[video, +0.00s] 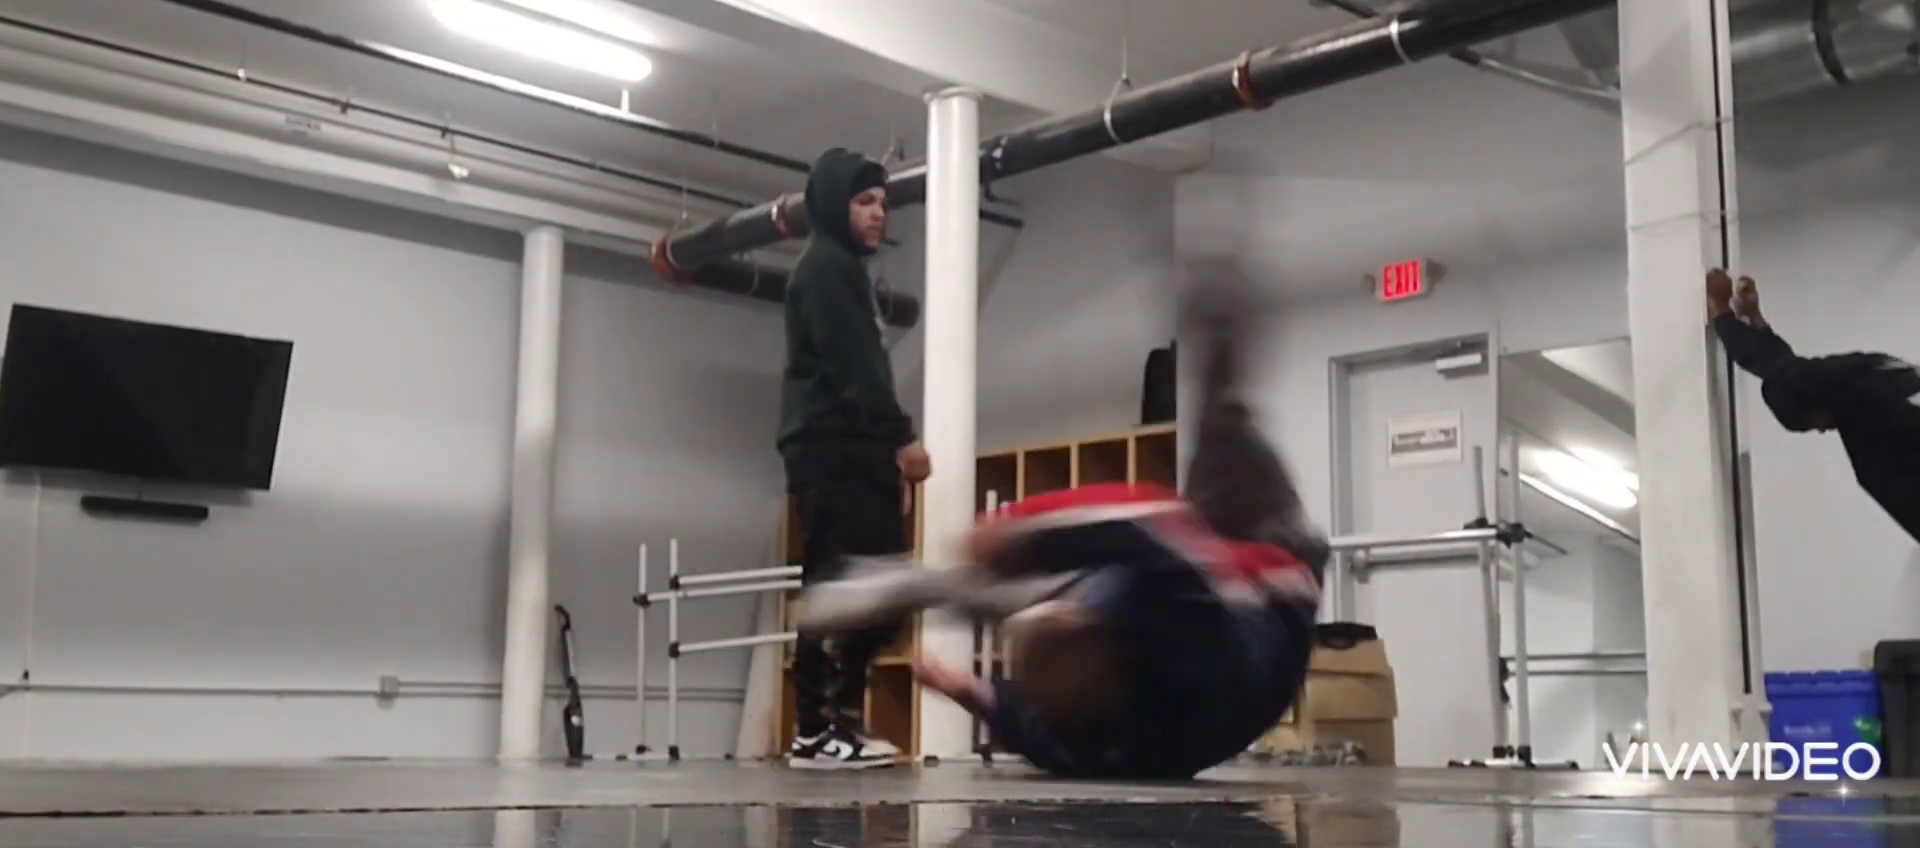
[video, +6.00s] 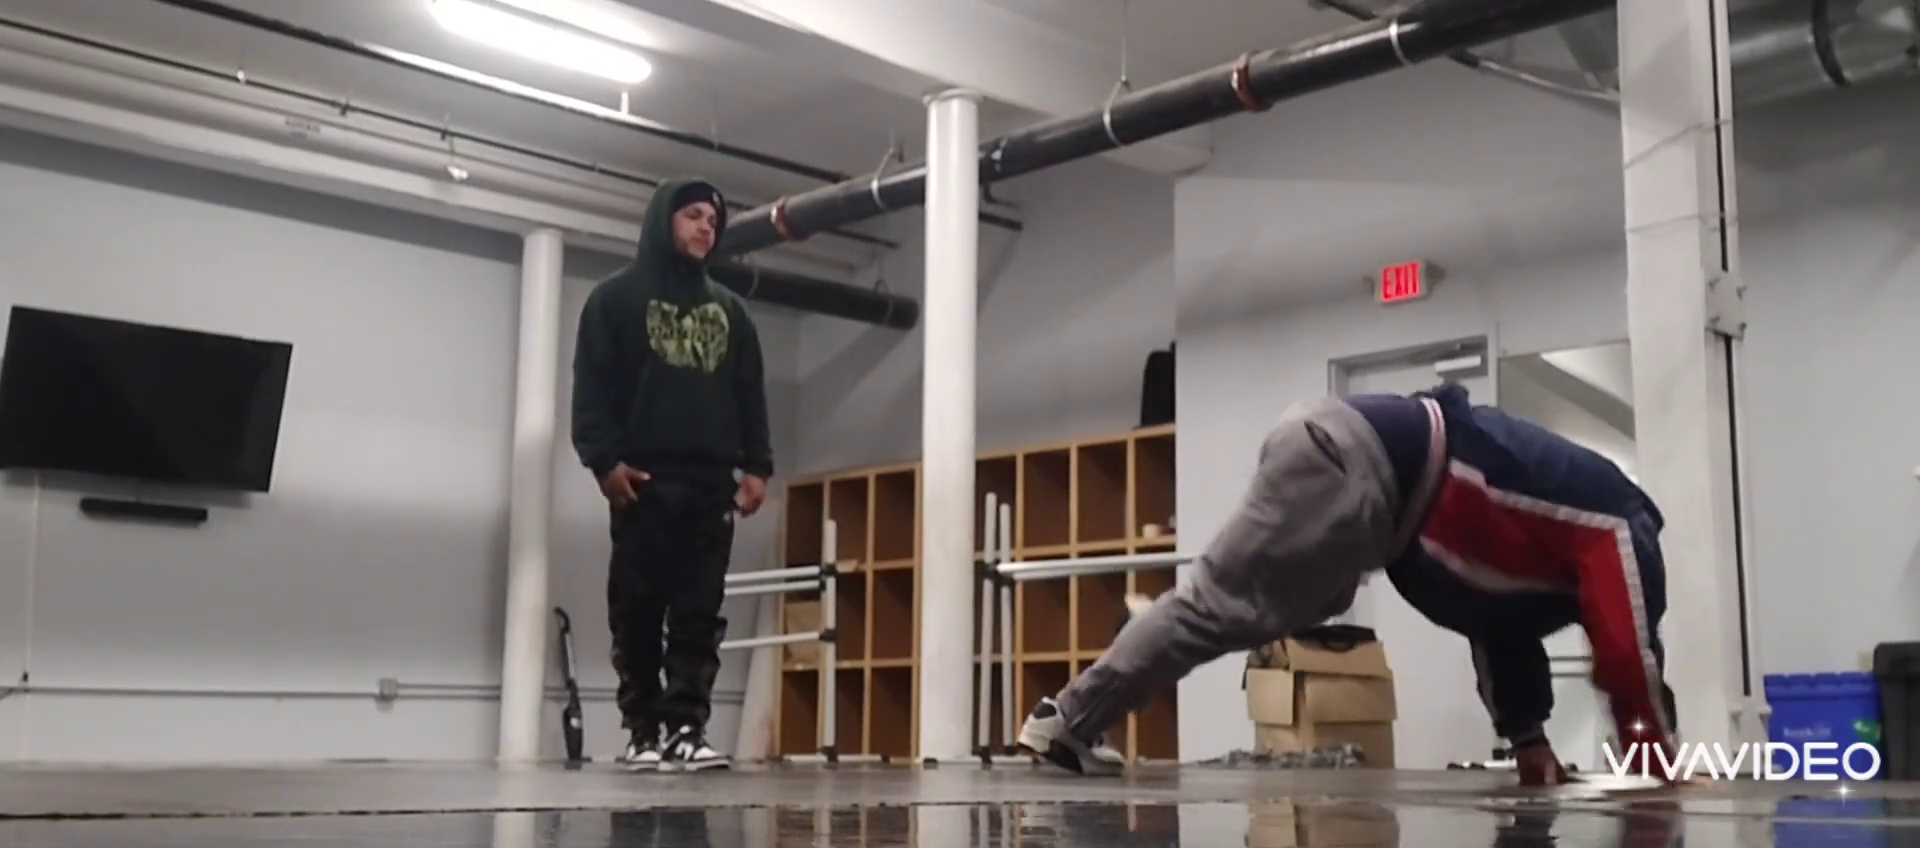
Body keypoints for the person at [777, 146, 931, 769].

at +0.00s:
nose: (879, 214)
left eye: (882, 203)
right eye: (866, 202)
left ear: (878, 209)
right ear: (833, 206)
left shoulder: (837, 265)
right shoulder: (829, 266)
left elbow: (853, 366)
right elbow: (854, 364)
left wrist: (890, 447)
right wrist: (902, 437)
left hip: (844, 447)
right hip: (836, 447)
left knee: (842, 579)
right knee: (855, 580)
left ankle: (832, 724)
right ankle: (827, 725)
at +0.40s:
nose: (914, 225)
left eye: (920, 214)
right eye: (900, 213)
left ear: (927, 225)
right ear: (871, 221)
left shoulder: (924, 307)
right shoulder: (845, 286)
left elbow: (940, 395)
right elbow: (828, 371)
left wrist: (956, 474)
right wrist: (825, 452)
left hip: (921, 463)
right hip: (867, 460)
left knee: (904, 593)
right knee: (861, 590)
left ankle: (892, 721)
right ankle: (828, 724)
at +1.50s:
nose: (832, 223)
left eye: (841, 214)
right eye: (819, 214)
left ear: (851, 224)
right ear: (794, 224)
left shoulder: (877, 303)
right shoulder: (758, 298)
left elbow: (902, 387)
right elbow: (741, 386)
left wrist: (920, 461)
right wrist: (742, 466)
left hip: (856, 472)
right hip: (782, 472)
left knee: (871, 604)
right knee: (779, 607)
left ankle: (888, 729)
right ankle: (782, 730)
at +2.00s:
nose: (797, 217)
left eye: (805, 208)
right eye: (784, 206)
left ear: (815, 219)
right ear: (758, 217)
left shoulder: (844, 294)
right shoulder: (721, 295)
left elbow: (869, 379)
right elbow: (696, 383)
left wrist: (878, 455)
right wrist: (684, 464)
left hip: (818, 463)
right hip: (749, 463)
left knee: (798, 581)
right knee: (752, 591)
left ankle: (793, 722)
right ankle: (775, 717)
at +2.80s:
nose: (780, 191)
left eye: (791, 186)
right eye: (768, 179)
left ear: (797, 202)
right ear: (739, 185)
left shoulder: (812, 276)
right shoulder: (689, 263)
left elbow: (833, 364)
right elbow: (651, 352)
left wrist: (823, 432)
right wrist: (628, 435)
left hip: (781, 452)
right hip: (706, 448)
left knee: (778, 591)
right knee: (690, 580)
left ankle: (756, 724)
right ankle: (702, 691)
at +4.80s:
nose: (742, 208)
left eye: (747, 199)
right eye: (730, 195)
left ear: (745, 211)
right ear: (696, 198)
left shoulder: (735, 287)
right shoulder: (654, 269)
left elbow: (749, 382)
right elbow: (648, 368)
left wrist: (759, 469)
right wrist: (672, 448)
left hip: (725, 458)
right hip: (664, 454)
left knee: (704, 602)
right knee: (648, 589)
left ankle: (684, 731)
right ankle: (626, 725)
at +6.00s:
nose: (705, 229)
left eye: (712, 222)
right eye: (694, 217)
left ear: (717, 234)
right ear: (663, 220)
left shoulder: (730, 309)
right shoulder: (615, 298)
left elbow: (750, 393)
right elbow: (591, 392)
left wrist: (758, 466)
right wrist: (605, 464)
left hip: (711, 479)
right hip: (641, 476)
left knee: (699, 609)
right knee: (637, 607)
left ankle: (686, 731)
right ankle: (644, 733)